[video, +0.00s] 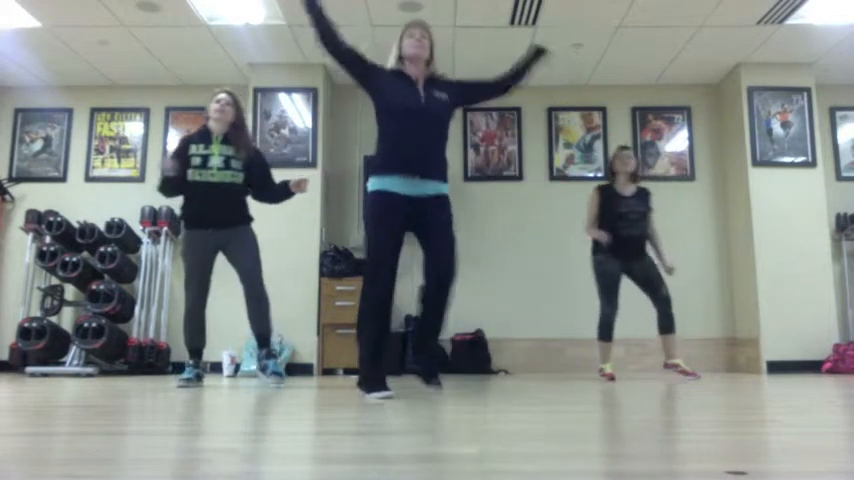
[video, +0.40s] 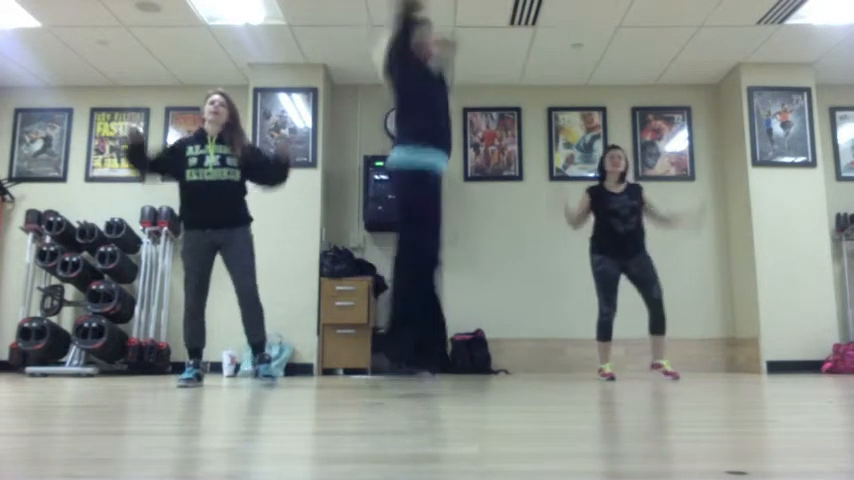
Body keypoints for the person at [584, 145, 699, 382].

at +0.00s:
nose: (625, 161)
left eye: (629, 157)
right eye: (620, 157)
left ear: (636, 164)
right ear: (613, 164)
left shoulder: (643, 193)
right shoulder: (601, 192)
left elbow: (650, 229)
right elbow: (590, 227)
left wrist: (663, 260)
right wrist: (598, 234)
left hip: (636, 255)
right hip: (608, 256)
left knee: (663, 300)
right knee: (609, 308)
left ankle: (671, 359)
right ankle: (605, 364)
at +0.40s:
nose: (616, 161)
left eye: (620, 158)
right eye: (612, 157)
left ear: (626, 164)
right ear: (603, 163)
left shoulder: (635, 191)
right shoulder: (594, 192)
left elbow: (654, 216)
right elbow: (576, 222)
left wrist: (674, 220)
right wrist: (568, 210)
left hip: (635, 255)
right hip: (605, 256)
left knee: (656, 302)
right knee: (607, 309)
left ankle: (658, 359)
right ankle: (604, 364)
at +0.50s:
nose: (624, 160)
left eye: (627, 156)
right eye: (619, 156)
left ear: (632, 161)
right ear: (610, 161)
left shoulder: (642, 187)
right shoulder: (600, 187)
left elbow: (675, 194)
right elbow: (575, 195)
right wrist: (575, 178)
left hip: (642, 252)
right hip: (612, 253)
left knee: (660, 302)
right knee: (612, 307)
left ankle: (657, 359)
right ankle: (605, 364)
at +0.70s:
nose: (634, 165)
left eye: (637, 162)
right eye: (629, 161)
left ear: (641, 167)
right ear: (619, 166)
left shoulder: (649, 188)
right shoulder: (611, 191)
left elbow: (681, 183)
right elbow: (592, 184)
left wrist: (696, 155)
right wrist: (596, 155)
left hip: (652, 255)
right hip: (624, 256)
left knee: (663, 306)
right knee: (625, 306)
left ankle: (650, 362)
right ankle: (609, 362)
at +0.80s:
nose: (643, 164)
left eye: (646, 160)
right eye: (639, 160)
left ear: (649, 164)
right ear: (629, 164)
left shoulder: (653, 184)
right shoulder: (621, 188)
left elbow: (677, 180)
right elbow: (616, 173)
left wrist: (672, 164)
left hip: (658, 250)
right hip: (633, 250)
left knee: (663, 302)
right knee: (654, 298)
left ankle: (650, 361)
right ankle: (630, 354)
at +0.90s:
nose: (642, 161)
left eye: (645, 156)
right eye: (637, 156)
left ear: (651, 160)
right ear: (628, 159)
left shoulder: (651, 178)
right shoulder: (626, 182)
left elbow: (662, 161)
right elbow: (632, 162)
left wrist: (656, 144)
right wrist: (629, 144)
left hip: (654, 242)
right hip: (635, 243)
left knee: (661, 293)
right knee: (658, 291)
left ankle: (650, 353)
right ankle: (647, 353)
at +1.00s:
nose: (662, 152)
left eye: (661, 148)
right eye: (656, 148)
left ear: (637, 152)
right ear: (648, 150)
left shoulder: (649, 172)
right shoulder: (641, 171)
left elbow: (664, 156)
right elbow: (658, 147)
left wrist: (646, 129)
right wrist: (657, 134)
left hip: (641, 240)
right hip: (648, 240)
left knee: (659, 297)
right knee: (664, 297)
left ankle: (649, 356)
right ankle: (660, 360)